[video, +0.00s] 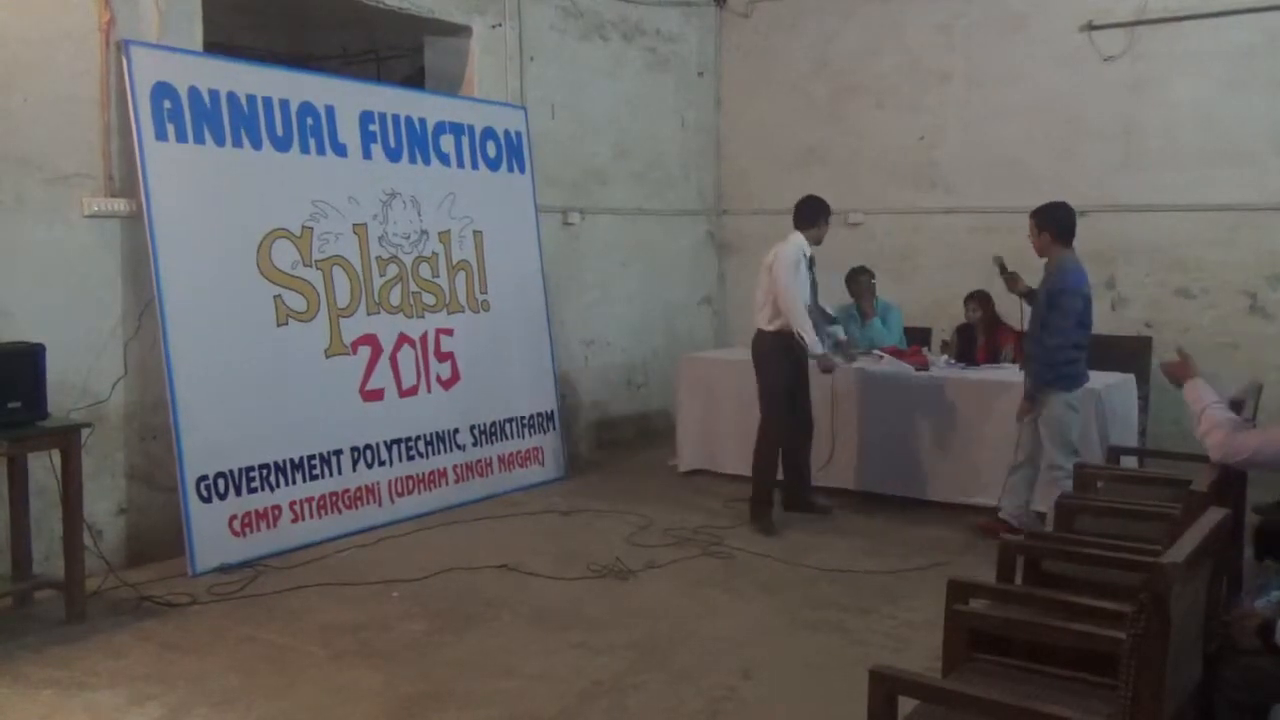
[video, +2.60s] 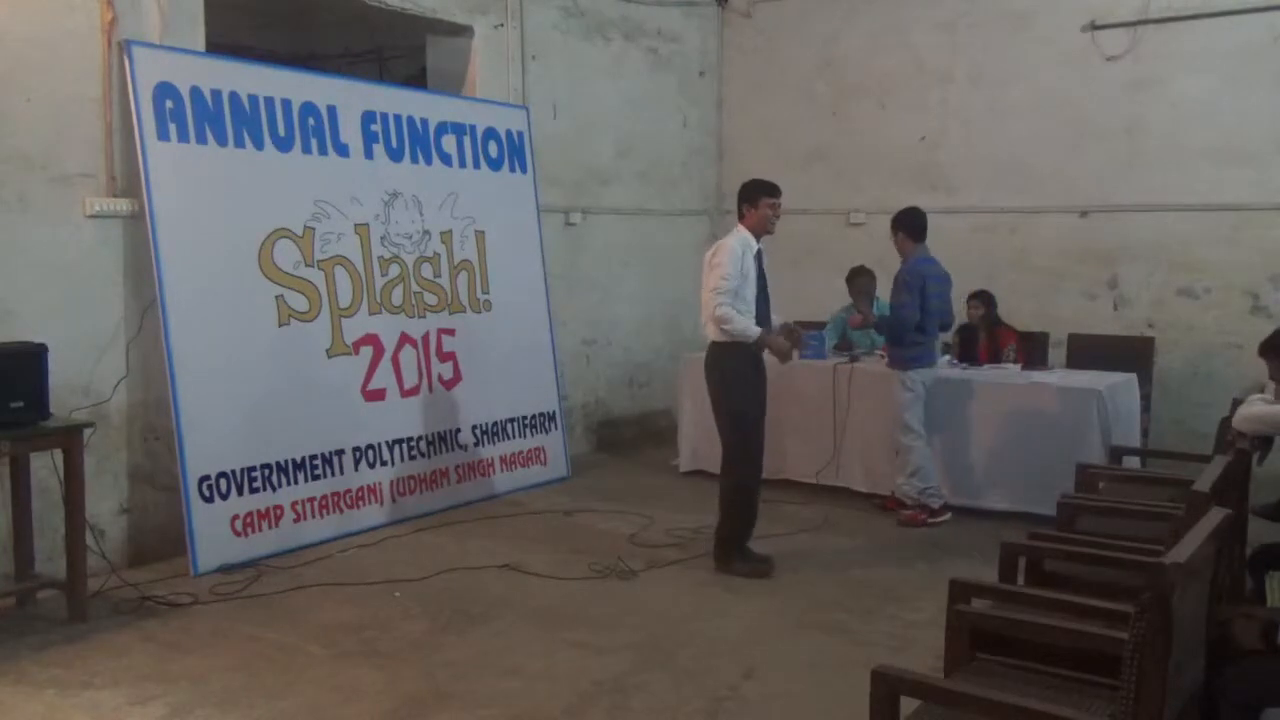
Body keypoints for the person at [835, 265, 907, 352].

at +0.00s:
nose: (864, 290)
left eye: (868, 285)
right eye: (859, 286)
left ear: (874, 287)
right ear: (851, 292)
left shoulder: (891, 311)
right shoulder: (844, 314)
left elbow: (890, 345)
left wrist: (870, 316)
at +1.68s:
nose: (866, 291)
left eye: (869, 285)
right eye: (859, 286)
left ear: (875, 288)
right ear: (850, 292)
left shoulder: (888, 314)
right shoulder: (843, 314)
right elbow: (826, 340)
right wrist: (836, 345)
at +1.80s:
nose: (865, 290)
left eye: (869, 285)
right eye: (859, 286)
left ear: (875, 287)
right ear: (850, 292)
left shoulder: (891, 309)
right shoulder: (844, 314)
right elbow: (827, 339)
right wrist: (837, 345)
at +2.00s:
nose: (864, 293)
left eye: (868, 287)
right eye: (859, 289)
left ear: (874, 288)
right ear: (850, 292)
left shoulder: (890, 310)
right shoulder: (843, 315)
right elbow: (826, 341)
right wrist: (837, 346)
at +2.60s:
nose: (864, 296)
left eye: (868, 292)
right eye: (859, 293)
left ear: (875, 290)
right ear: (850, 293)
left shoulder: (886, 311)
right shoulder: (842, 316)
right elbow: (827, 337)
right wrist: (836, 345)